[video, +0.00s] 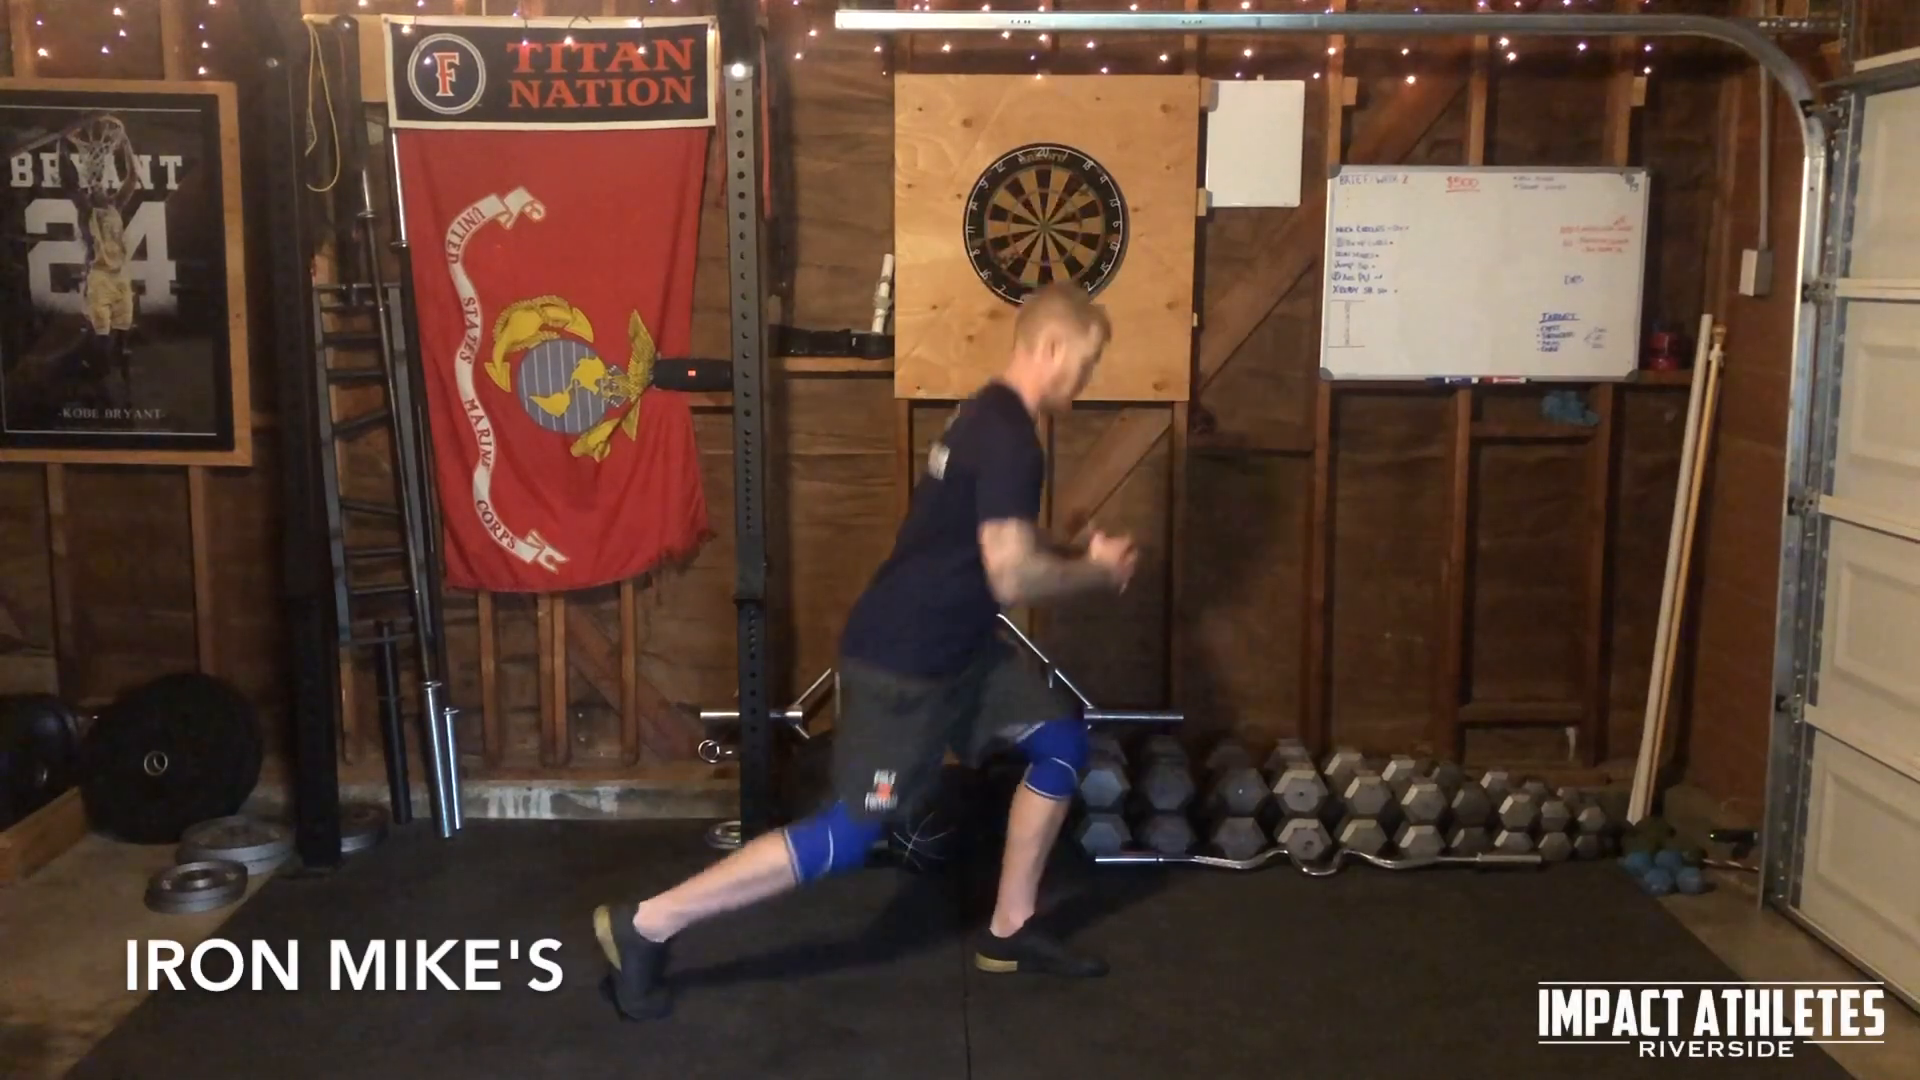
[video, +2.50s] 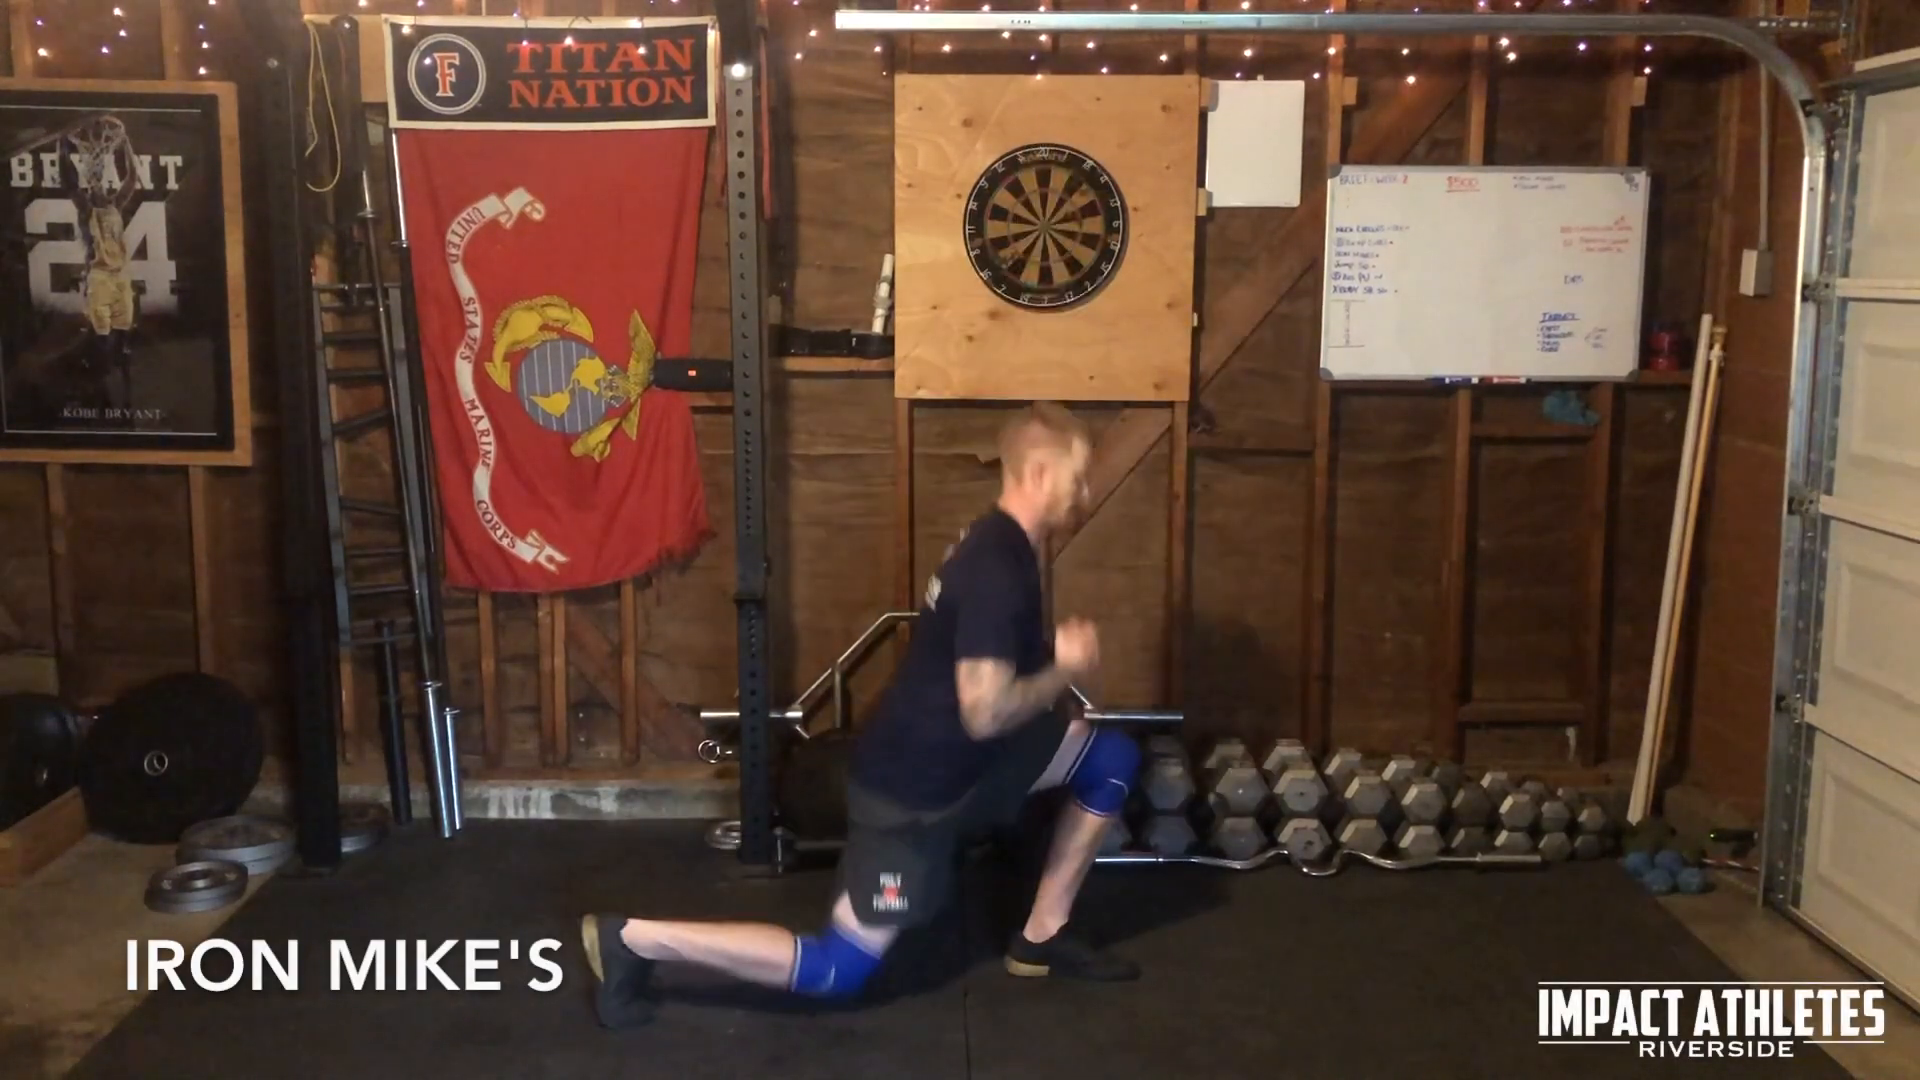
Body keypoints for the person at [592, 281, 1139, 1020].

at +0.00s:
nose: (1086, 378)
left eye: (1091, 362)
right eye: (1087, 360)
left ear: (1034, 347)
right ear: (1052, 350)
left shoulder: (995, 415)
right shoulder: (1004, 430)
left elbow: (993, 544)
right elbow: (1011, 575)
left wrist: (1068, 548)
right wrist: (1091, 571)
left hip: (963, 647)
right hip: (902, 656)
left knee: (1059, 739)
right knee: (855, 831)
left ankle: (1010, 927)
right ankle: (644, 923)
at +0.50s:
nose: (1054, 480)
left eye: (1056, 466)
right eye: (1049, 464)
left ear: (1002, 458)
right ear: (1010, 460)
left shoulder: (979, 533)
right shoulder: (967, 545)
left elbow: (973, 648)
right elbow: (950, 692)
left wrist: (1037, 648)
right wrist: (1047, 666)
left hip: (939, 745)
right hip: (882, 771)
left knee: (1077, 756)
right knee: (851, 959)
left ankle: (1011, 932)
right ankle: (642, 928)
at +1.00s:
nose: (1072, 288)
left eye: (1078, 271)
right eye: (1070, 268)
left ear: (1018, 255)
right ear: (1025, 253)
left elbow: (962, 439)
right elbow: (927, 440)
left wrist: (1031, 442)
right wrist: (1027, 445)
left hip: (903, 564)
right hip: (910, 568)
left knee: (852, 741)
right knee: (1020, 737)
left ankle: (679, 839)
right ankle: (1029, 959)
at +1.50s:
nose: (1064, 485)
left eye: (1064, 469)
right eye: (1057, 469)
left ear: (1007, 467)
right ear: (1016, 466)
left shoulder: (973, 534)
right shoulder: (982, 539)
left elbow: (958, 658)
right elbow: (962, 672)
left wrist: (1031, 648)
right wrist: (1042, 650)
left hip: (873, 762)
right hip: (914, 763)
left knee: (846, 933)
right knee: (1107, 778)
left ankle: (647, 898)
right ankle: (1048, 976)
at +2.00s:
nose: (1090, 270)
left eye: (1096, 254)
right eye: (1090, 249)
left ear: (1040, 232)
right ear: (1050, 231)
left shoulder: (1010, 307)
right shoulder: (1006, 308)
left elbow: (997, 426)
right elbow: (1015, 446)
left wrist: (1051, 414)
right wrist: (1072, 426)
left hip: (968, 560)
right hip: (930, 559)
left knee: (1005, 716)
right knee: (897, 743)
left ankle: (1000, 906)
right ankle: (716, 867)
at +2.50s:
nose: (1085, 497)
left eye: (1086, 480)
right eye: (1079, 479)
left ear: (1026, 475)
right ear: (1038, 474)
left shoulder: (1015, 551)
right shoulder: (997, 558)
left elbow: (996, 679)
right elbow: (985, 711)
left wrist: (1055, 684)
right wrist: (1065, 667)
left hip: (970, 765)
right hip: (907, 788)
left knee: (1111, 759)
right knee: (839, 970)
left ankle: (1043, 935)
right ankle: (629, 939)